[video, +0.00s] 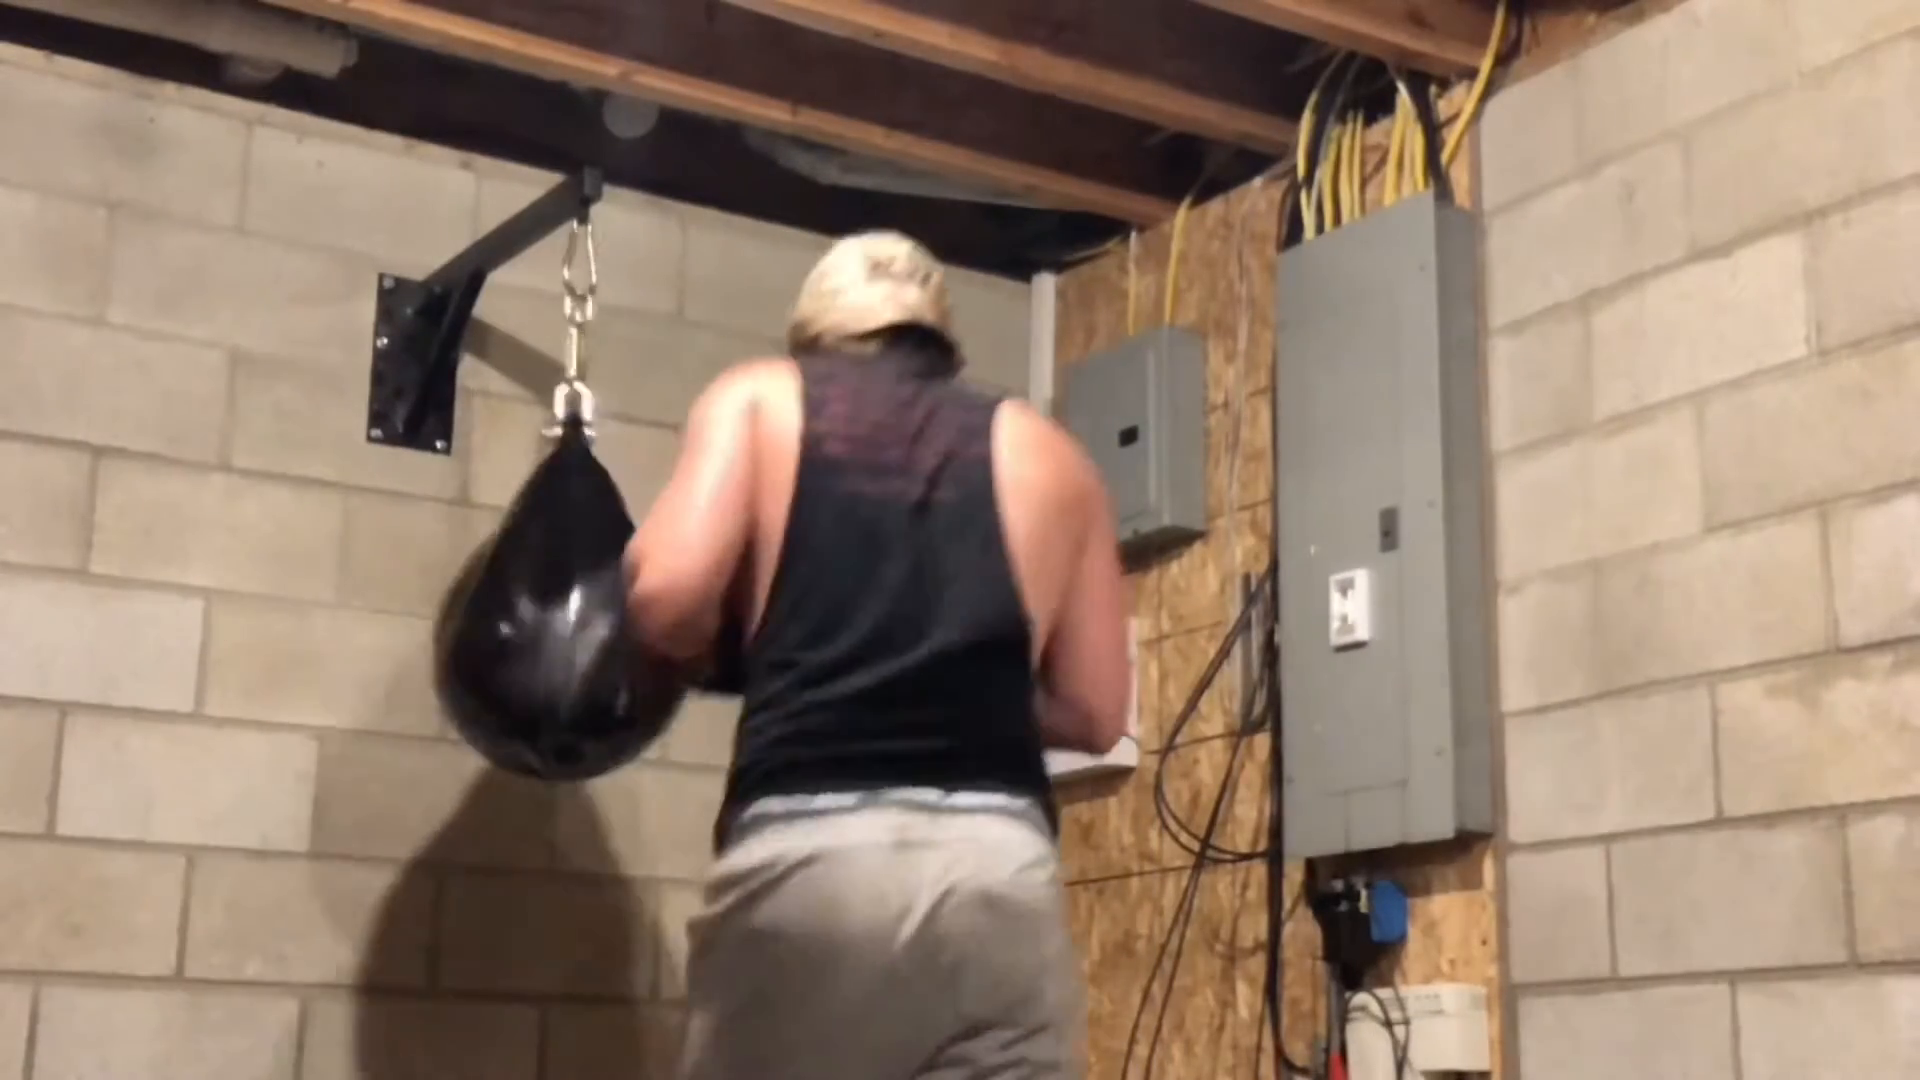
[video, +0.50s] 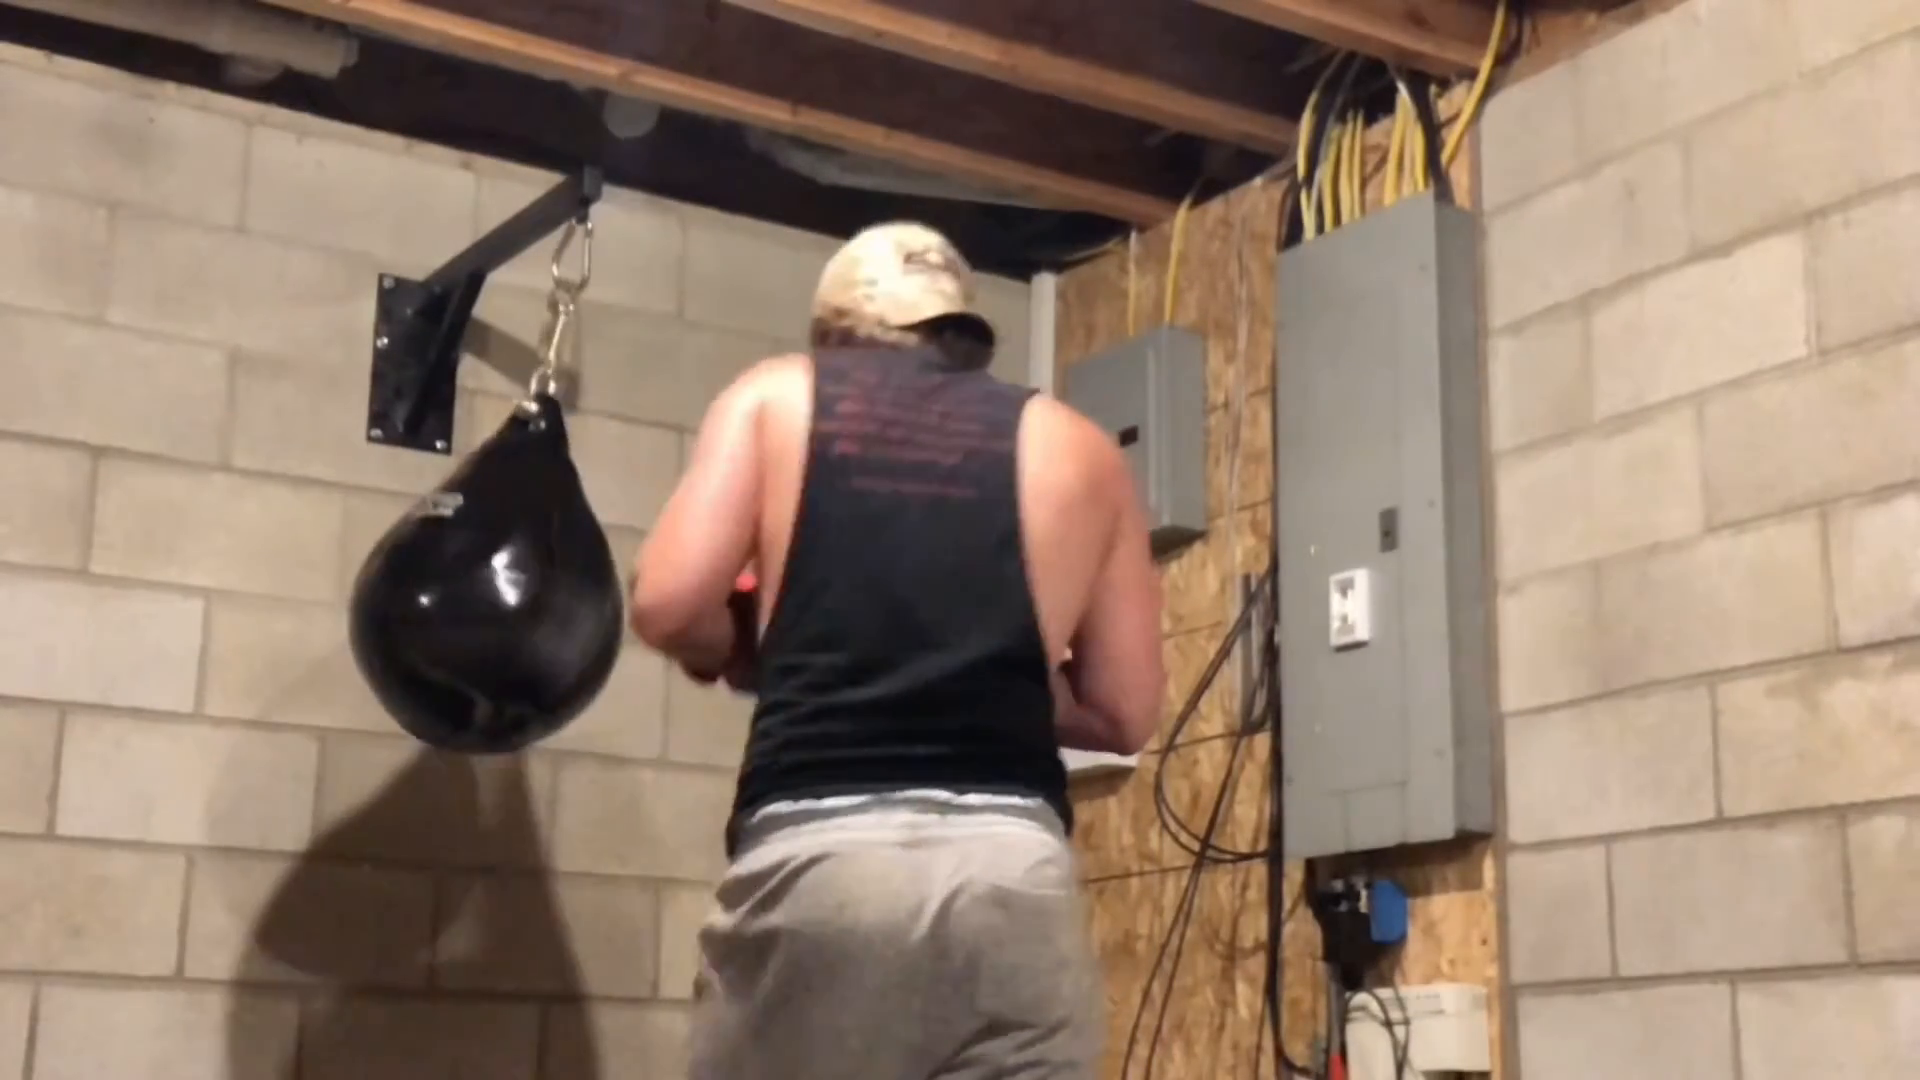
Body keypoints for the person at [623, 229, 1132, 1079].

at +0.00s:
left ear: (811, 331)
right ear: (943, 336)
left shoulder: (754, 397)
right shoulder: (1052, 453)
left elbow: (665, 599)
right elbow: (1092, 714)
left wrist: (723, 655)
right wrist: (944, 695)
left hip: (803, 865)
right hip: (1003, 872)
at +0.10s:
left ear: (836, 309)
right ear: (969, 319)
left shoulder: (780, 378)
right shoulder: (1081, 441)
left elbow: (673, 573)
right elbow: (1112, 704)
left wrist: (756, 643)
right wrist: (958, 674)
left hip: (812, 840)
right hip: (1010, 854)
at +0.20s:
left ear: (859, 305)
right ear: (991, 320)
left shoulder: (796, 375)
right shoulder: (1097, 442)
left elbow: (676, 561)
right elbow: (1125, 717)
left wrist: (751, 634)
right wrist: (972, 668)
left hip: (826, 843)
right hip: (1023, 854)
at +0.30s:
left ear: (863, 304)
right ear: (997, 317)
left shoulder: (803, 370)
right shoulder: (1106, 440)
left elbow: (676, 559)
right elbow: (1127, 712)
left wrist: (769, 602)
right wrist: (981, 655)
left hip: (829, 837)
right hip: (1025, 852)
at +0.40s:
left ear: (852, 307)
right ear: (984, 319)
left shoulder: (795, 375)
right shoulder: (1103, 441)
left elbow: (674, 572)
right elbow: (1128, 710)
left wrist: (766, 607)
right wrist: (984, 661)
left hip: (828, 850)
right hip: (1027, 862)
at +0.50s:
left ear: (831, 326)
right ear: (965, 333)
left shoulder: (768, 396)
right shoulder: (1080, 447)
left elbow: (666, 604)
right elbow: (1125, 716)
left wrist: (742, 645)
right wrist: (981, 681)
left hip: (816, 868)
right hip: (1016, 872)